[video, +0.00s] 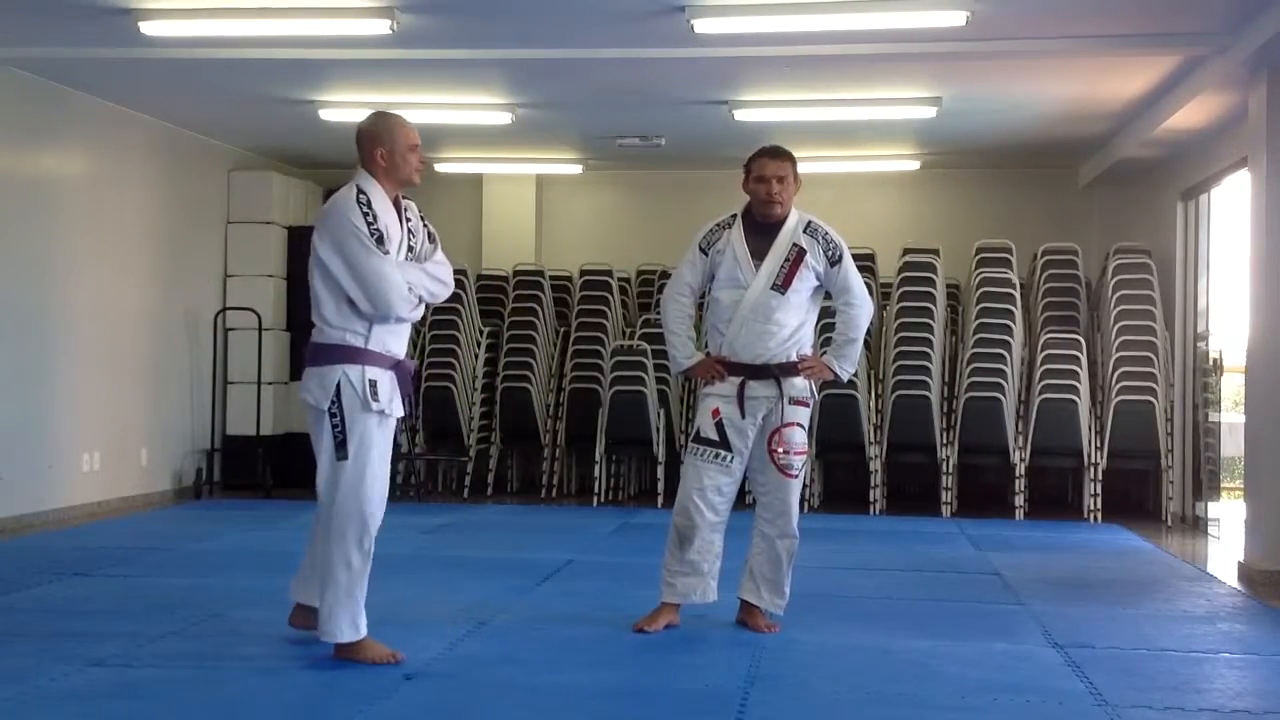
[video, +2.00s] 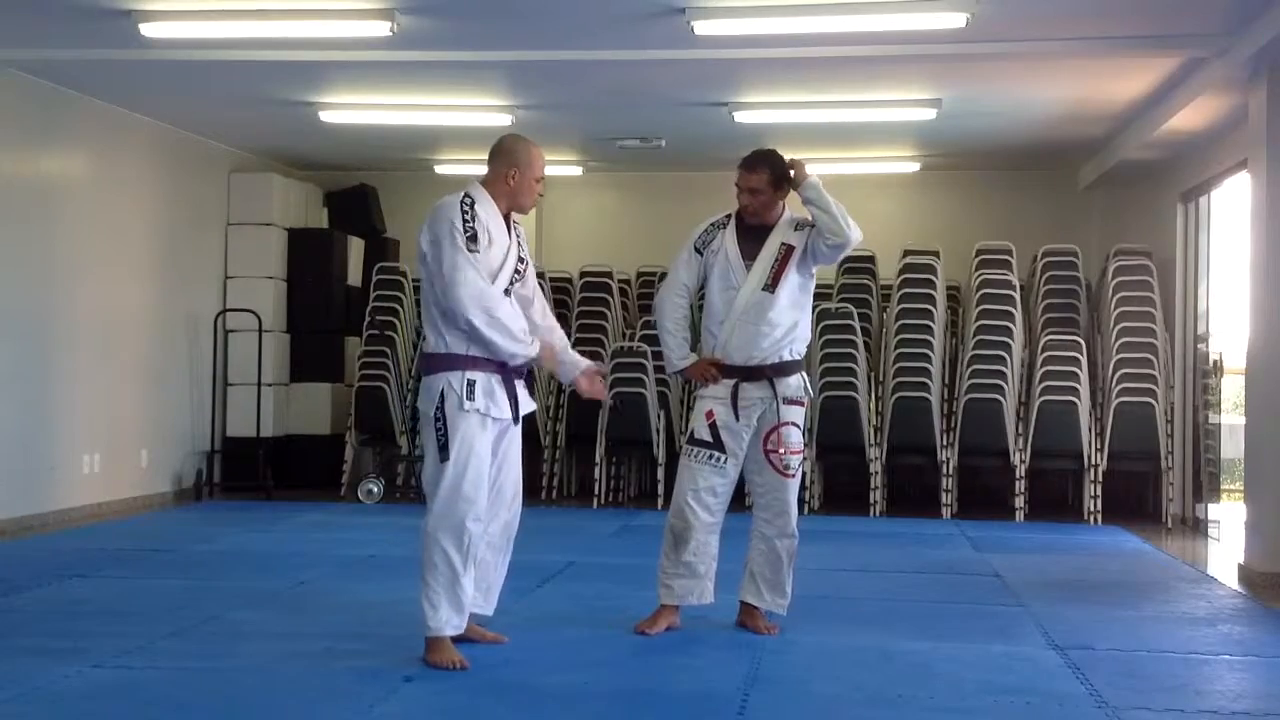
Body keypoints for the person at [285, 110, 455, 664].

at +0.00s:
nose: (422, 159)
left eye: (421, 149)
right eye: (414, 150)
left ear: (390, 156)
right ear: (381, 155)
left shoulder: (407, 213)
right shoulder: (348, 208)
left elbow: (444, 276)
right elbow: (387, 297)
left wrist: (395, 272)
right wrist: (425, 287)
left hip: (381, 373)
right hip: (347, 373)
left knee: (353, 497)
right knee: (358, 504)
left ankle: (311, 603)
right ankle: (346, 634)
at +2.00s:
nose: (542, 189)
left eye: (543, 179)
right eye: (538, 179)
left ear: (510, 174)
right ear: (511, 175)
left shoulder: (511, 232)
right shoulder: (456, 214)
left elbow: (536, 310)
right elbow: (465, 298)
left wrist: (575, 367)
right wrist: (531, 347)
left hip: (503, 385)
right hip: (459, 384)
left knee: (498, 505)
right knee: (457, 507)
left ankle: (465, 617)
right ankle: (439, 632)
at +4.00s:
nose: (537, 204)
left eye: (541, 195)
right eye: (534, 193)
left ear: (513, 184)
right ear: (504, 179)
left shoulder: (509, 239)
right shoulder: (453, 207)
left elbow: (524, 297)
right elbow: (394, 255)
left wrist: (540, 339)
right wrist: (448, 326)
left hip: (494, 389)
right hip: (450, 385)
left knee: (488, 505)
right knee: (450, 506)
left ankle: (460, 619)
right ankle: (437, 633)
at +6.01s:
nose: (520, 197)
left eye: (526, 188)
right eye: (513, 185)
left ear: (527, 188)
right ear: (482, 177)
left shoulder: (516, 238)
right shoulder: (446, 221)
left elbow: (548, 301)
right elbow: (477, 295)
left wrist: (493, 282)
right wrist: (526, 299)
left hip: (505, 392)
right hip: (455, 389)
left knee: (496, 510)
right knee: (451, 510)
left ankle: (466, 620)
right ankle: (439, 634)